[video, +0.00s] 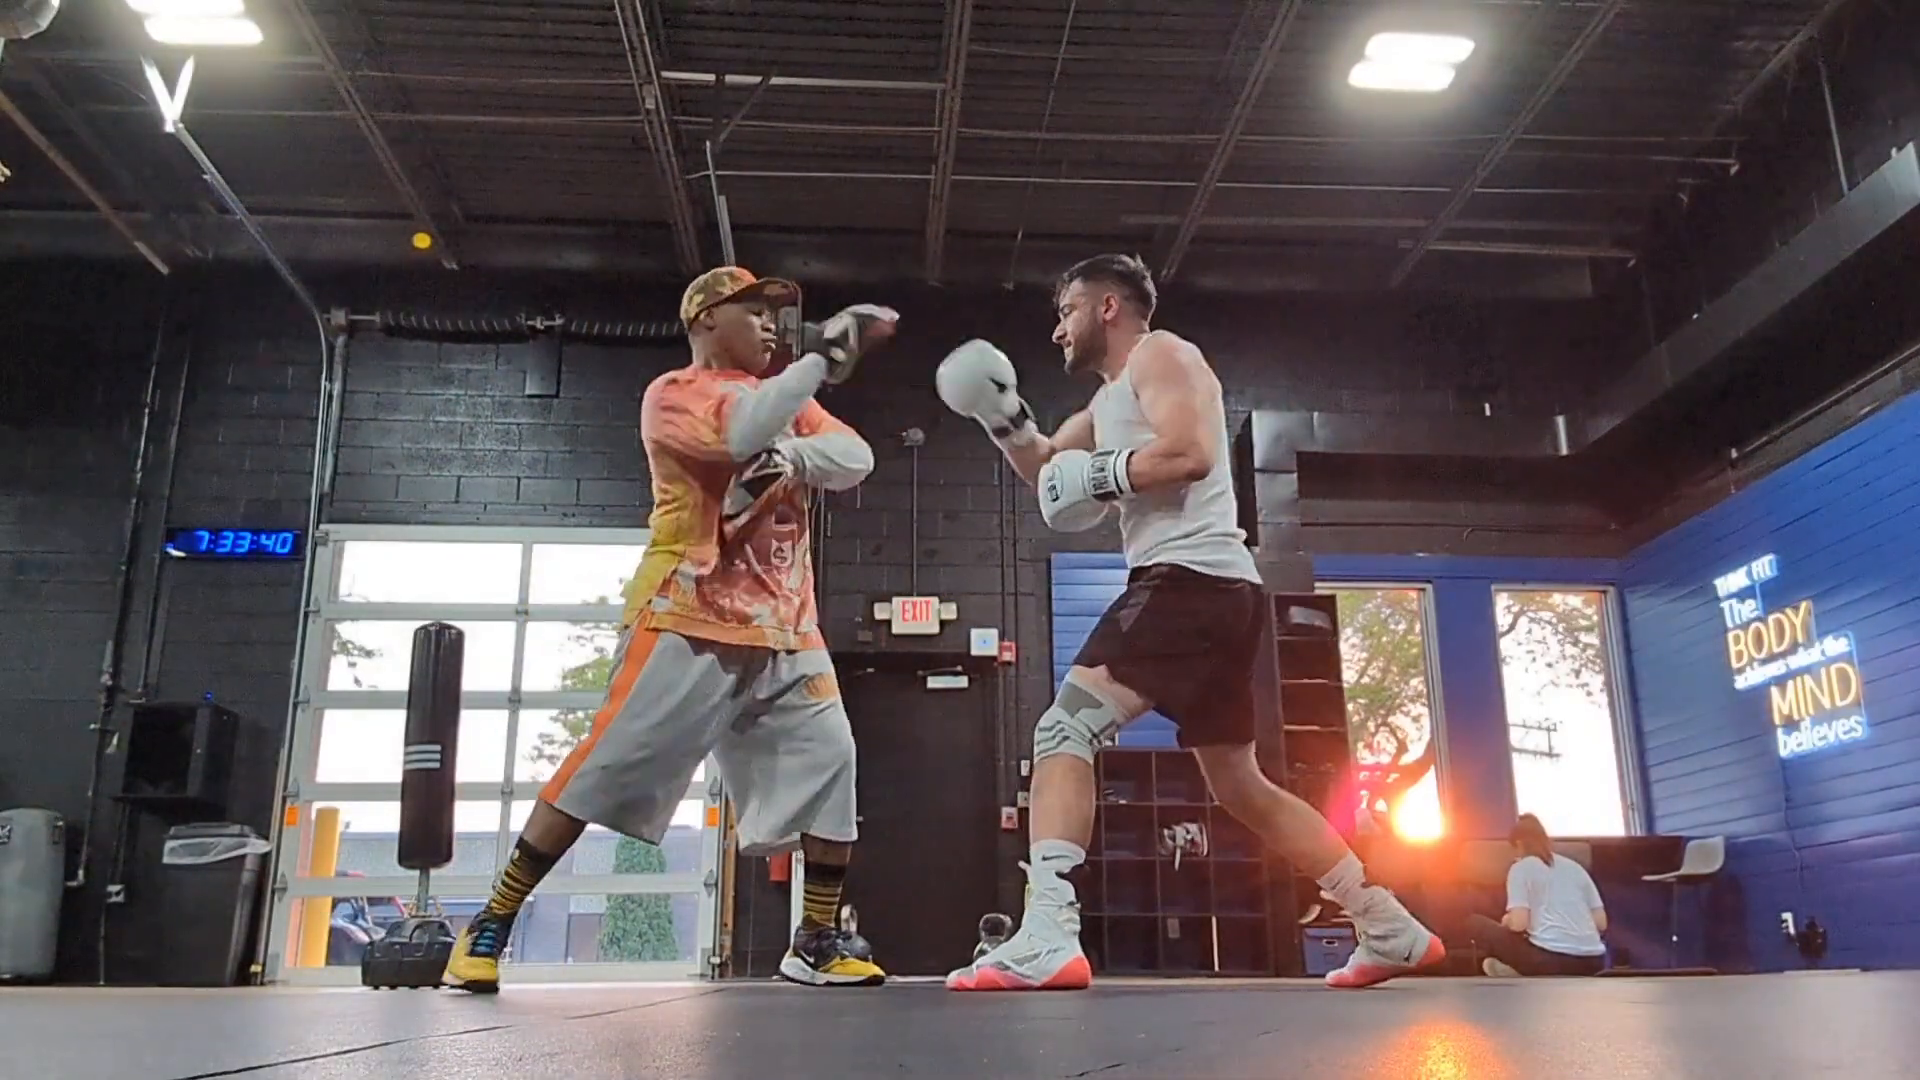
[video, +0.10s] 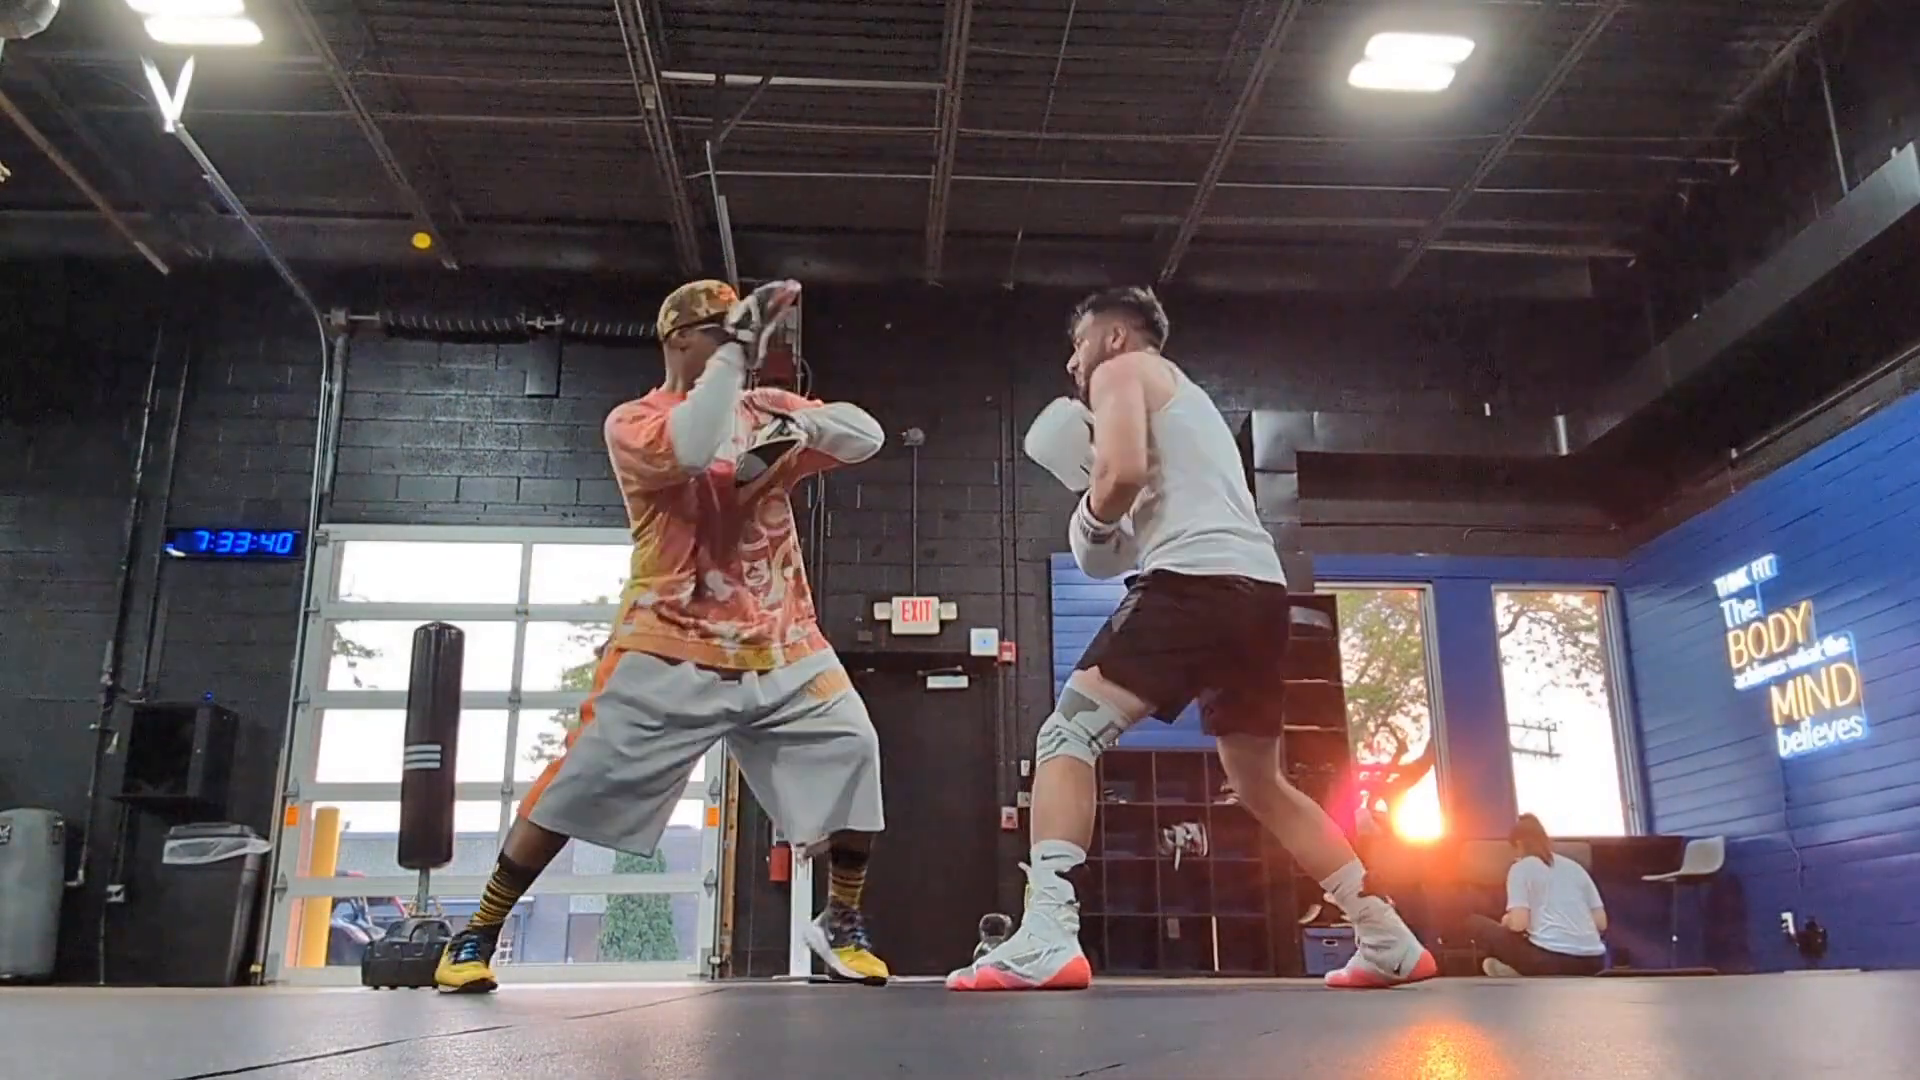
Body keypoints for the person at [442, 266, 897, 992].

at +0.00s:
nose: (770, 323)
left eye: (772, 313)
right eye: (755, 310)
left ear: (765, 329)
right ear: (705, 321)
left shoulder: (787, 400)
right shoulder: (671, 394)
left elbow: (858, 456)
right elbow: (742, 432)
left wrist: (794, 457)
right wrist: (823, 358)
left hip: (785, 620)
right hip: (690, 612)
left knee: (833, 754)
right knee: (608, 762)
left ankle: (820, 935)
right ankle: (494, 922)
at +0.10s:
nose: (729, 342)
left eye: (737, 329)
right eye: (711, 329)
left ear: (744, 344)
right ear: (670, 342)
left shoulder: (771, 410)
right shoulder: (633, 424)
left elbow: (868, 436)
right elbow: (691, 450)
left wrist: (800, 423)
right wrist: (737, 351)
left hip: (781, 633)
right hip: (670, 632)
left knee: (854, 746)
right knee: (588, 772)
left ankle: (841, 924)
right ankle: (479, 935)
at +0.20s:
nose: (735, 377)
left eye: (739, 364)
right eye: (721, 366)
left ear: (742, 364)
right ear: (675, 370)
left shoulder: (765, 433)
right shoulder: (619, 445)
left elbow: (874, 455)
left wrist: (820, 440)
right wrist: (660, 406)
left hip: (768, 638)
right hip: (660, 640)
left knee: (861, 765)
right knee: (596, 767)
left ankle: (907, 932)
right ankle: (482, 936)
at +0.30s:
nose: (758, 387)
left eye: (760, 373)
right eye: (744, 371)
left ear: (755, 377)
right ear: (693, 370)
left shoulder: (782, 443)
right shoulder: (632, 458)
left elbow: (889, 479)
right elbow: (556, 561)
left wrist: (843, 431)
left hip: (778, 649)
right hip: (671, 649)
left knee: (874, 780)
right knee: (598, 772)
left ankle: (933, 945)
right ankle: (482, 938)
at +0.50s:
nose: (813, 399)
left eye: (818, 387)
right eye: (800, 384)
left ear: (821, 388)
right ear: (755, 379)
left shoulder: (839, 452)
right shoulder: (688, 454)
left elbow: (922, 485)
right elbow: (619, 544)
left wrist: (945, 442)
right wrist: (640, 581)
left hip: (800, 666)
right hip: (687, 667)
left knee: (888, 786)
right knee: (594, 792)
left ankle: (935, 950)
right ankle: (482, 941)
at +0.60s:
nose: (821, 401)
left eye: (826, 388)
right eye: (810, 385)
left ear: (822, 390)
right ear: (762, 379)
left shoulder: (850, 453)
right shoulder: (693, 459)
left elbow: (926, 471)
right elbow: (616, 554)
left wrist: (966, 454)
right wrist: (672, 557)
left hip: (806, 661)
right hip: (689, 661)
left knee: (886, 780)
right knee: (601, 781)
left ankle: (935, 945)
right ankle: (482, 937)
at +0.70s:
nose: (816, 392)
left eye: (821, 380)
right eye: (804, 376)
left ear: (819, 383)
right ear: (757, 373)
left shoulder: (838, 451)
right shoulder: (695, 451)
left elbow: (913, 486)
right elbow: (601, 519)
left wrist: (895, 511)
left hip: (816, 659)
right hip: (703, 656)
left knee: (896, 775)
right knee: (604, 785)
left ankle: (934, 943)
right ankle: (477, 941)